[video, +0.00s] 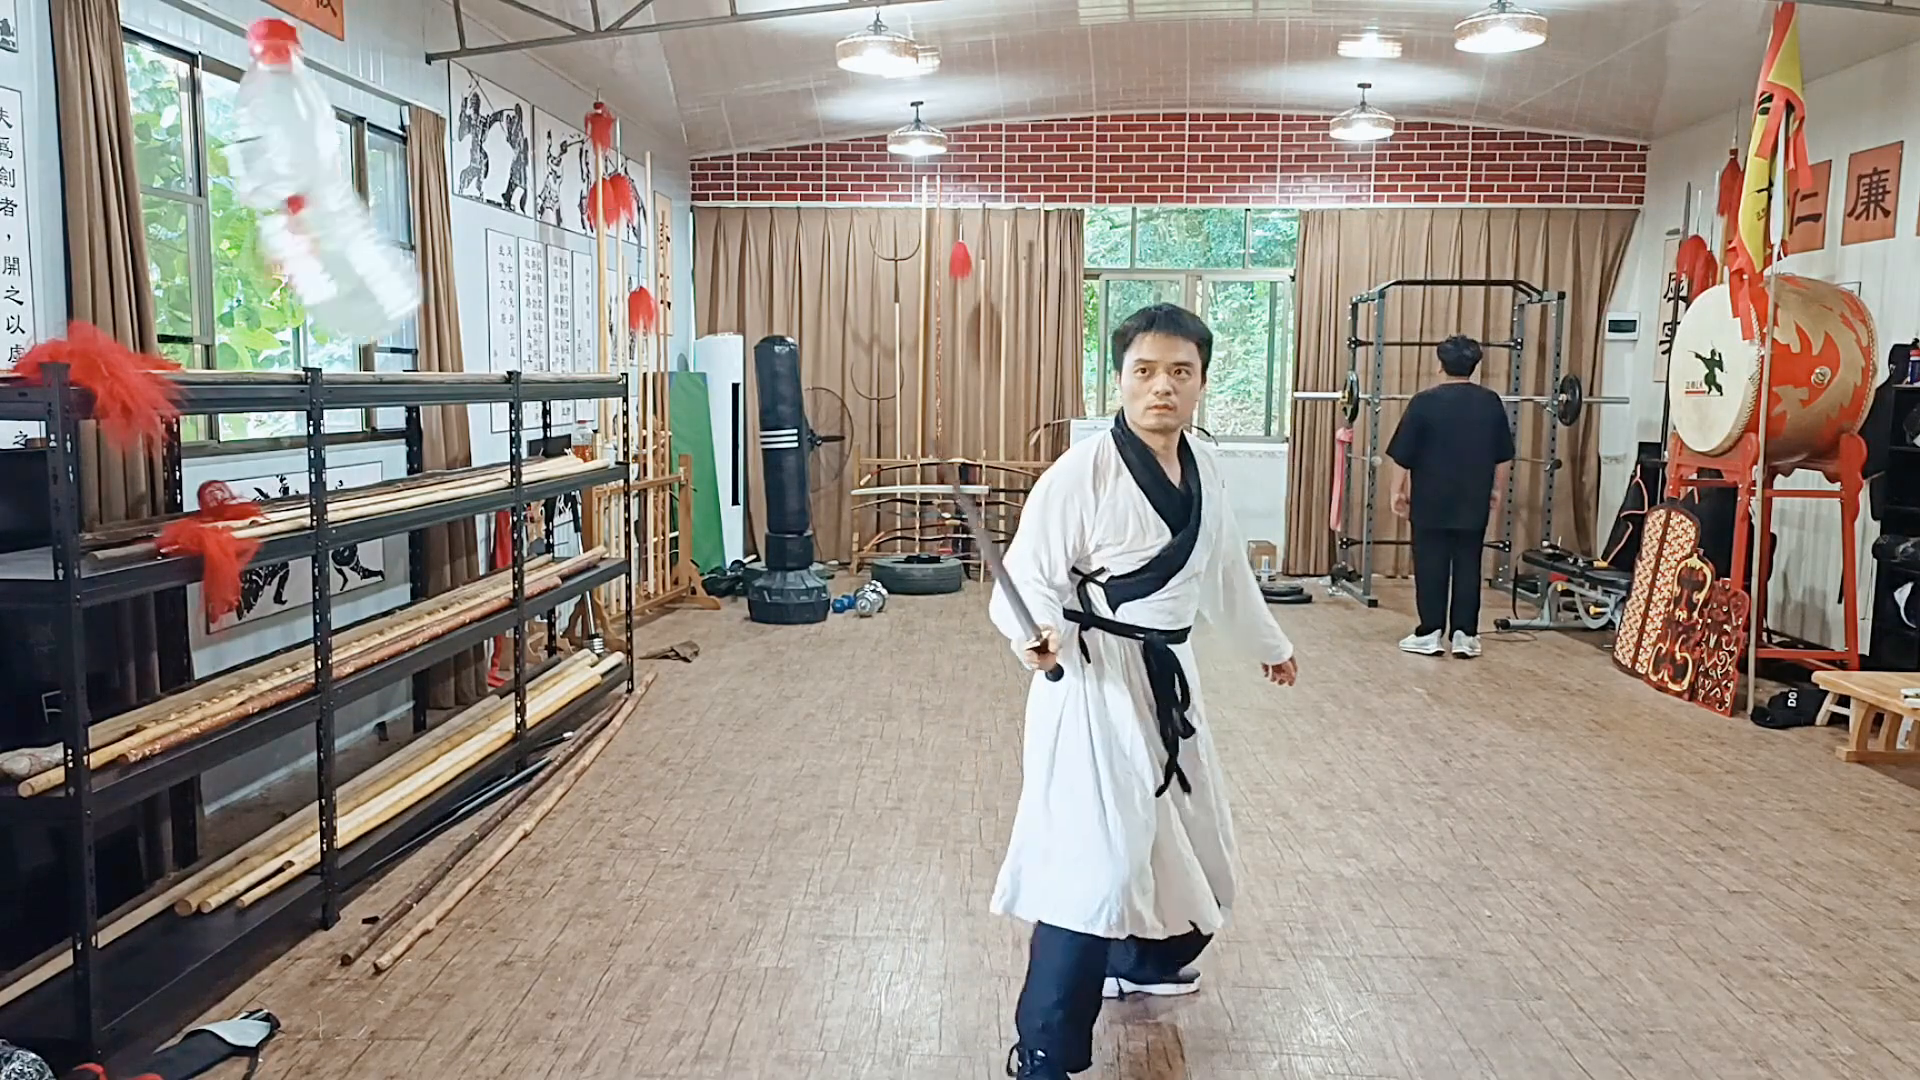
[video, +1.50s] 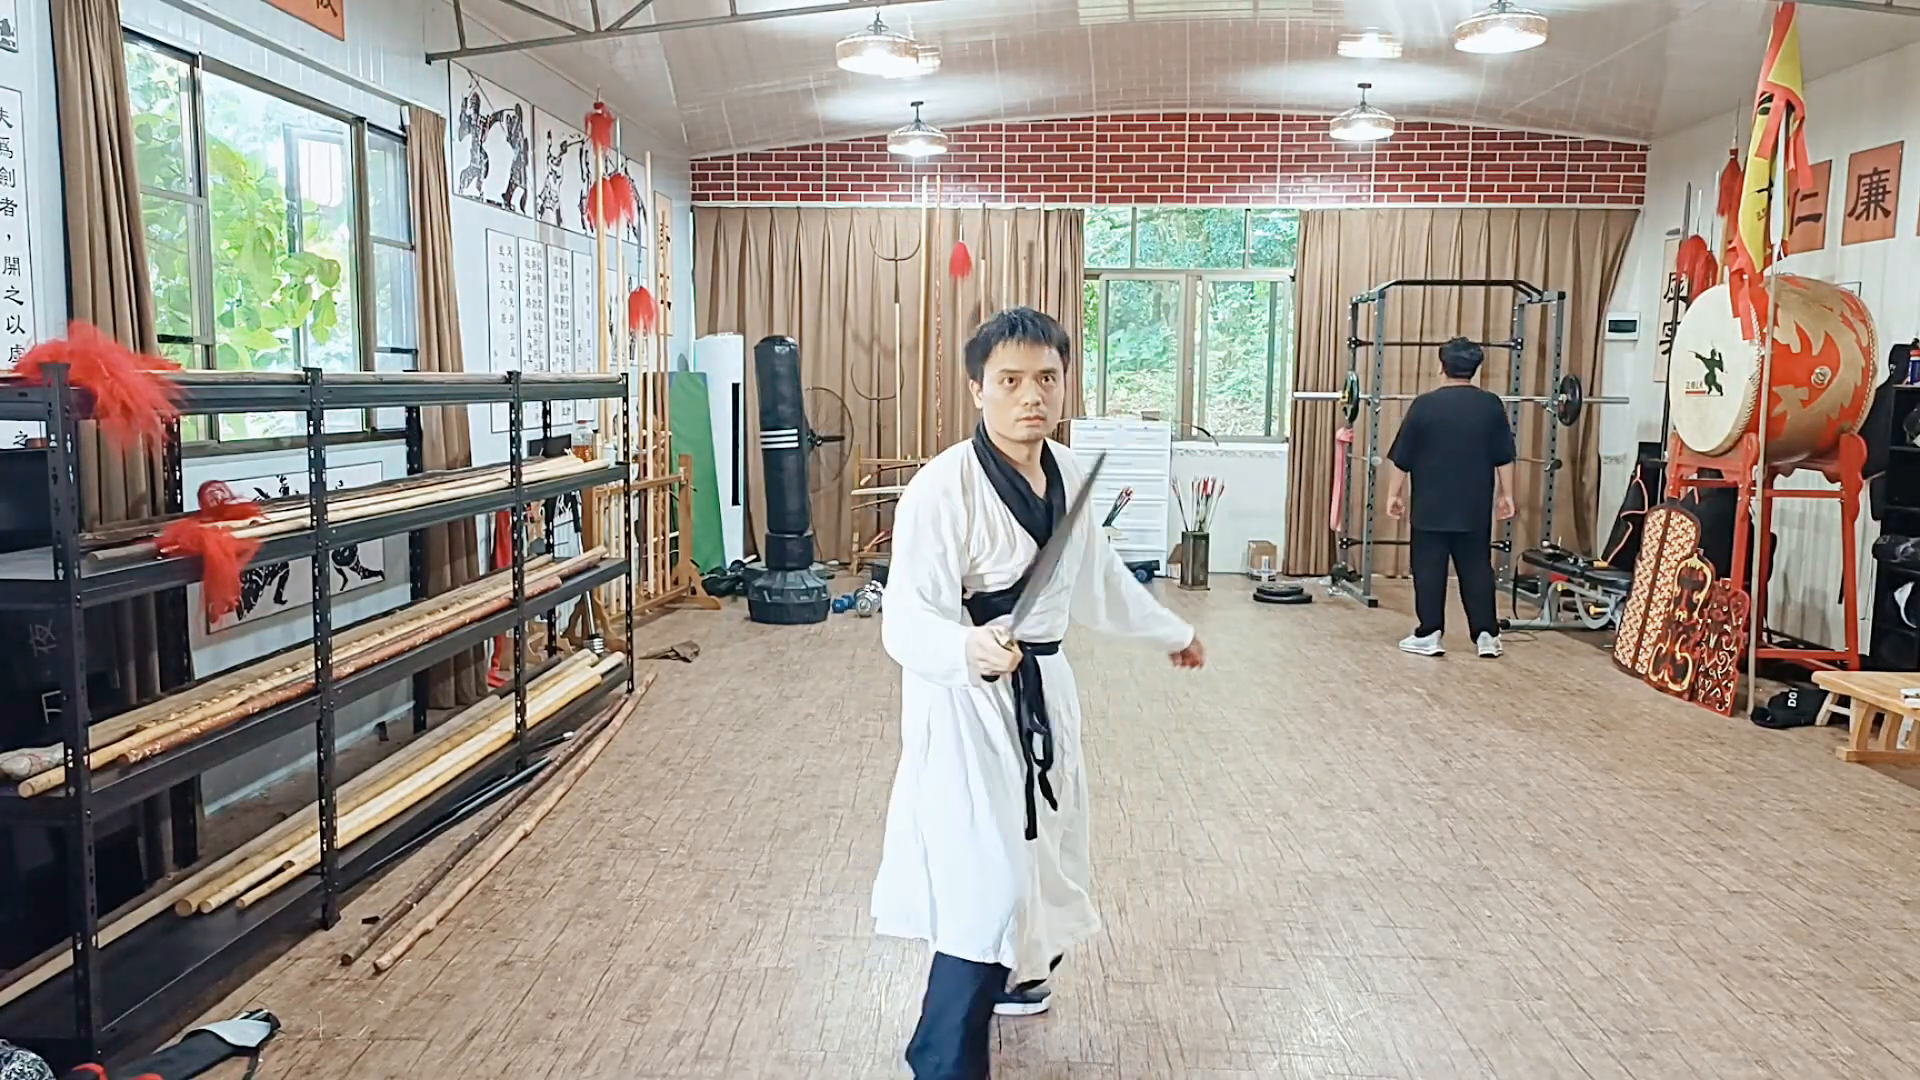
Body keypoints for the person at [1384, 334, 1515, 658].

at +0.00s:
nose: (1437, 365)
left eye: (1439, 361)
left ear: (1441, 365)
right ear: (1474, 366)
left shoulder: (1425, 401)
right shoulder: (1490, 401)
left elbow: (1403, 454)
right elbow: (1503, 456)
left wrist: (1397, 490)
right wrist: (1498, 495)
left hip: (1430, 503)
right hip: (1473, 503)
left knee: (1431, 568)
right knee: (1468, 568)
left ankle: (1430, 634)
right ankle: (1464, 635)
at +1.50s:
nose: (1438, 368)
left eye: (1440, 364)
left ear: (1442, 368)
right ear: (1475, 369)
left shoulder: (1425, 404)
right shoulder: (1490, 405)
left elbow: (1402, 456)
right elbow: (1503, 456)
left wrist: (1394, 493)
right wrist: (1507, 494)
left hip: (1430, 508)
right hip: (1474, 508)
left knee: (1429, 571)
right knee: (1476, 570)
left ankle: (1429, 634)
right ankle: (1486, 635)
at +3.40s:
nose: (1421, 370)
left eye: (1422, 365)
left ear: (1425, 369)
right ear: (1457, 370)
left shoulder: (1408, 405)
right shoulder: (1472, 407)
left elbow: (1385, 454)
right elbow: (1481, 455)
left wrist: (1375, 488)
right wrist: (1479, 488)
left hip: (1413, 502)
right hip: (1453, 502)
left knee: (1414, 563)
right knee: (1451, 554)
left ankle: (1421, 625)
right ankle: (1466, 611)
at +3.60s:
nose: (1415, 370)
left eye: (1415, 365)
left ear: (1416, 369)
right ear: (1448, 369)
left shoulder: (1401, 406)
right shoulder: (1464, 404)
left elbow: (1378, 455)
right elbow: (1477, 454)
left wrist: (1363, 490)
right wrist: (1474, 487)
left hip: (1408, 502)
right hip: (1449, 501)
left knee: (1412, 562)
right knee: (1443, 555)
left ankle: (1421, 625)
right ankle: (1446, 618)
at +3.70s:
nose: (1412, 370)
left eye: (1412, 366)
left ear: (1413, 369)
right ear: (1444, 369)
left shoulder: (1400, 406)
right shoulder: (1461, 404)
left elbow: (1377, 455)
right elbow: (1474, 452)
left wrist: (1363, 490)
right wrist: (1473, 486)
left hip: (1406, 502)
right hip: (1447, 500)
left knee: (1411, 561)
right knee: (1440, 554)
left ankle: (1421, 625)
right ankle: (1437, 612)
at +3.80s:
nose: (1409, 369)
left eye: (1410, 366)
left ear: (1411, 369)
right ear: (1442, 369)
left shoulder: (1399, 406)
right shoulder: (1459, 404)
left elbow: (1377, 456)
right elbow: (1474, 452)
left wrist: (1367, 491)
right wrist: (1474, 486)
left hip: (1407, 502)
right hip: (1445, 501)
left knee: (1411, 561)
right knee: (1437, 556)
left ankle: (1421, 625)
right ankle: (1429, 613)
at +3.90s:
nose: (1408, 369)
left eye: (1409, 366)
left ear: (1411, 369)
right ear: (1442, 369)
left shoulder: (1399, 405)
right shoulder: (1459, 404)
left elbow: (1378, 457)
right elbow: (1473, 452)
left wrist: (1371, 493)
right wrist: (1474, 486)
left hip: (1406, 502)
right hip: (1444, 502)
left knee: (1410, 562)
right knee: (1435, 557)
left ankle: (1421, 624)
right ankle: (1427, 612)